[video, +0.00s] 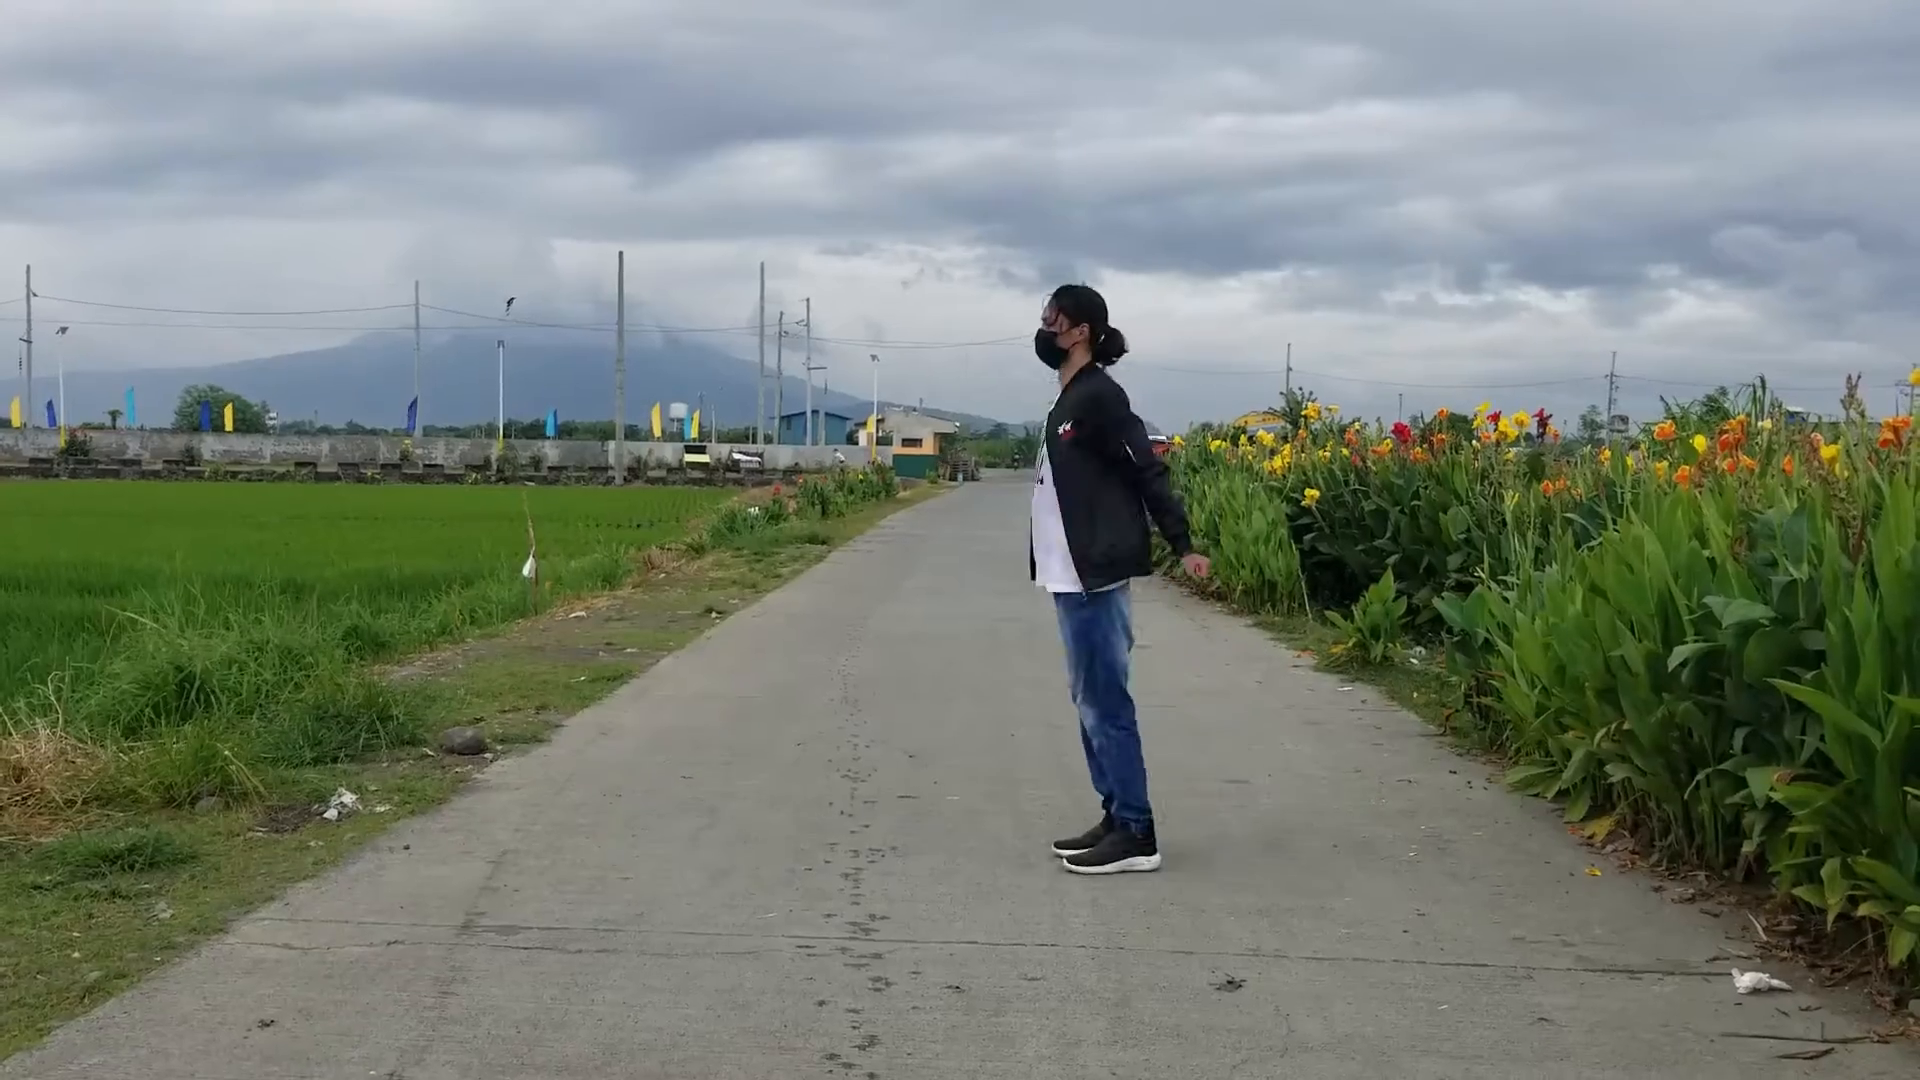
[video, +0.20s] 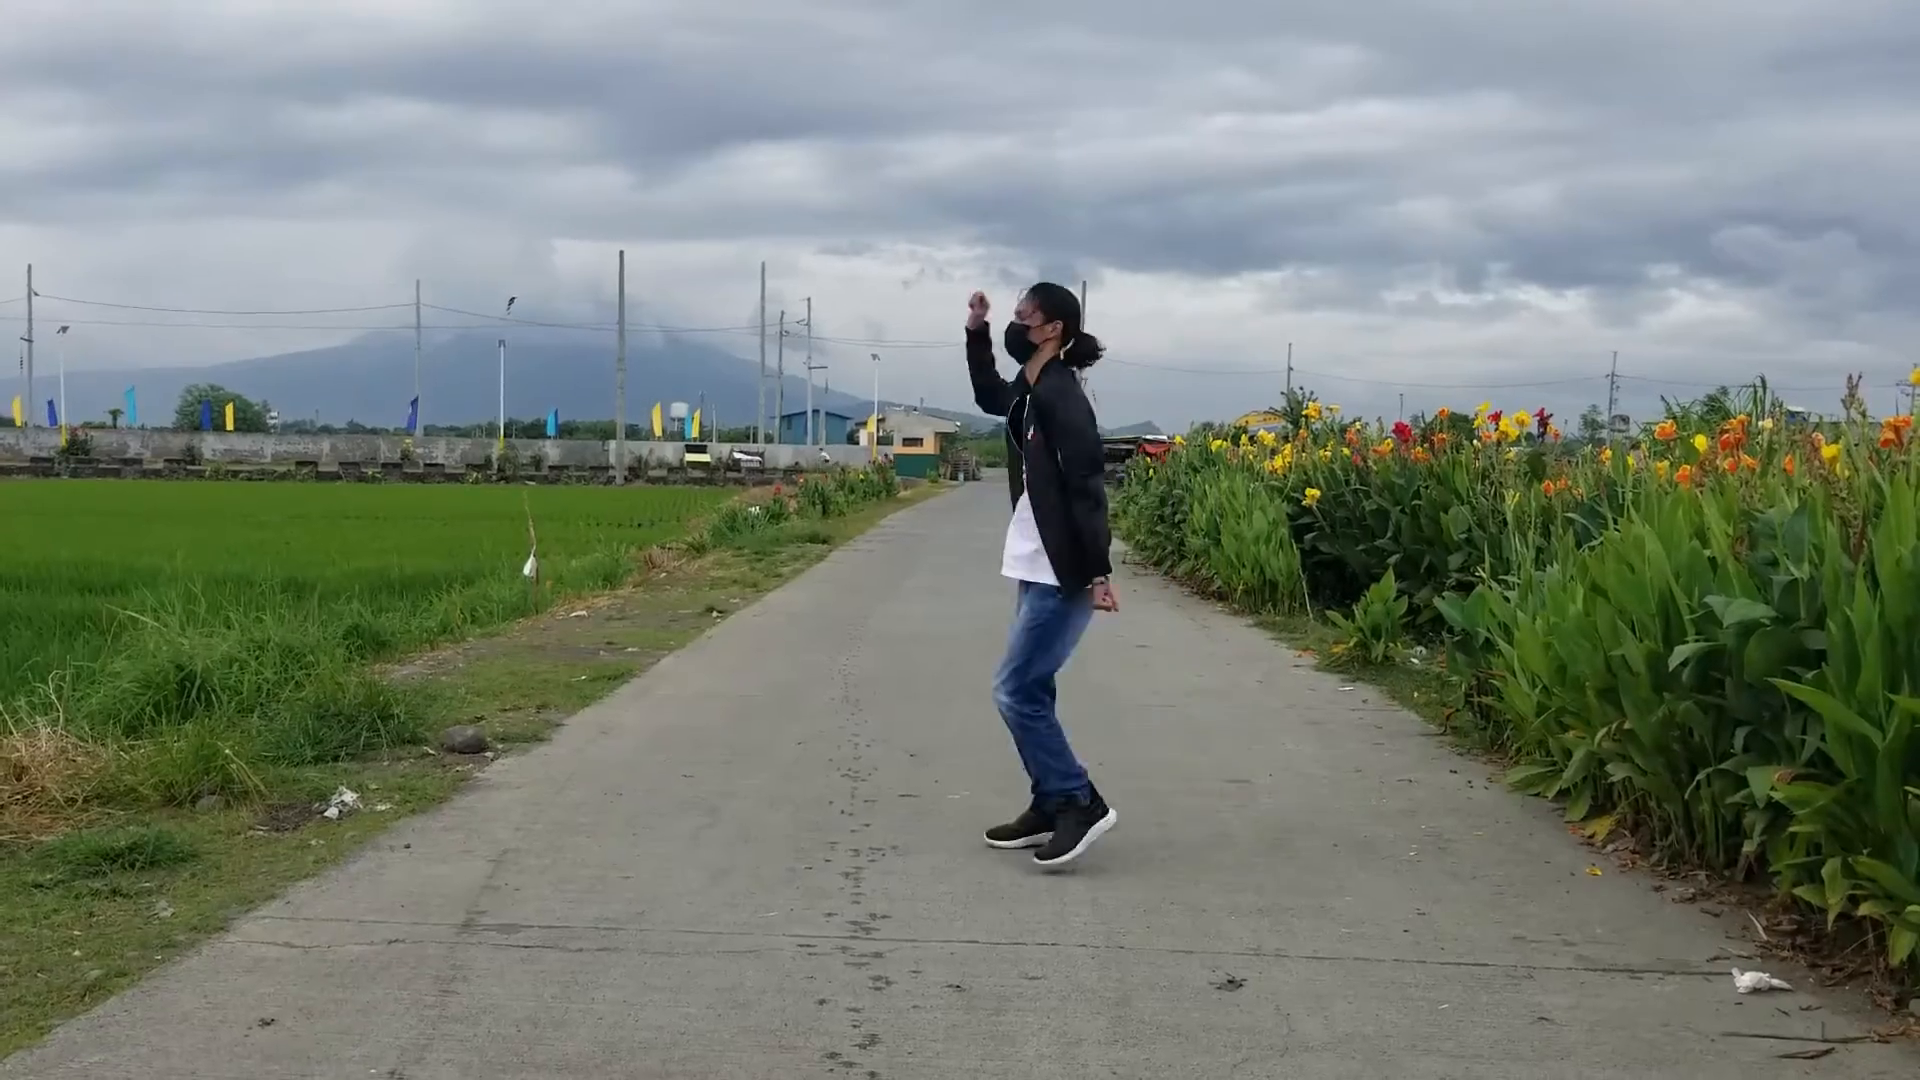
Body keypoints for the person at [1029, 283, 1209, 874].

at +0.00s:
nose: (1045, 325)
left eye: (1056, 317)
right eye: (1047, 316)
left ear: (1084, 330)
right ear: (1071, 333)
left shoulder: (1100, 393)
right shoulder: (1072, 392)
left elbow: (1147, 469)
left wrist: (1185, 544)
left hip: (1095, 577)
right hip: (1072, 576)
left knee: (1106, 705)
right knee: (1090, 702)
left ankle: (1136, 833)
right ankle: (1116, 821)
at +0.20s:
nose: (1013, 323)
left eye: (1024, 315)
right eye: (1015, 314)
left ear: (1054, 328)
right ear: (1039, 328)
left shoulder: (1063, 394)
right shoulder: (1029, 385)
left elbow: (1086, 482)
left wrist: (1097, 571)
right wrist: (978, 333)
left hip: (1063, 573)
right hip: (1035, 567)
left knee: (1016, 691)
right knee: (1029, 692)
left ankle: (1080, 804)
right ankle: (1048, 806)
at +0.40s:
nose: (1008, 338)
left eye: (1021, 330)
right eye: (1001, 331)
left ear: (1045, 345)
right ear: (994, 345)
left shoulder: (1059, 398)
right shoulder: (986, 401)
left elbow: (1058, 463)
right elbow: (931, 431)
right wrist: (863, 432)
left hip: (1052, 588)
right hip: (998, 584)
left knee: (1006, 712)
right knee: (937, 687)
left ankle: (1039, 828)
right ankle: (991, 784)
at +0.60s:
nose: (1010, 358)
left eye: (1022, 350)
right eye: (1000, 351)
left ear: (1041, 361)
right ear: (987, 363)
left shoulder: (1051, 411)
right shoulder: (956, 424)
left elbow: (1010, 418)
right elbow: (931, 510)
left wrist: (961, 394)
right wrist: (899, 585)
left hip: (1026, 599)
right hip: (962, 600)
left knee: (997, 729)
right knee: (933, 714)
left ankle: (1025, 820)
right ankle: (922, 856)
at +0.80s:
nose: (970, 349)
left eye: (980, 342)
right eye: (970, 341)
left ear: (1012, 351)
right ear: (991, 353)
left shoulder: (1032, 414)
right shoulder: (985, 421)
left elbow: (1021, 467)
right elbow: (975, 507)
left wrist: (950, 453)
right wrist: (928, 497)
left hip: (998, 595)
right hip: (948, 585)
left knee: (961, 722)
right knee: (876, 679)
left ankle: (1018, 821)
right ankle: (895, 811)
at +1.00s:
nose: (960, 356)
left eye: (969, 348)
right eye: (963, 348)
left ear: (997, 360)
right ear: (994, 361)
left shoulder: (1017, 418)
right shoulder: (984, 418)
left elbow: (1055, 496)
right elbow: (995, 501)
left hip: (982, 596)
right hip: (944, 584)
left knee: (926, 721)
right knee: (901, 701)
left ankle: (1003, 816)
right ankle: (905, 807)